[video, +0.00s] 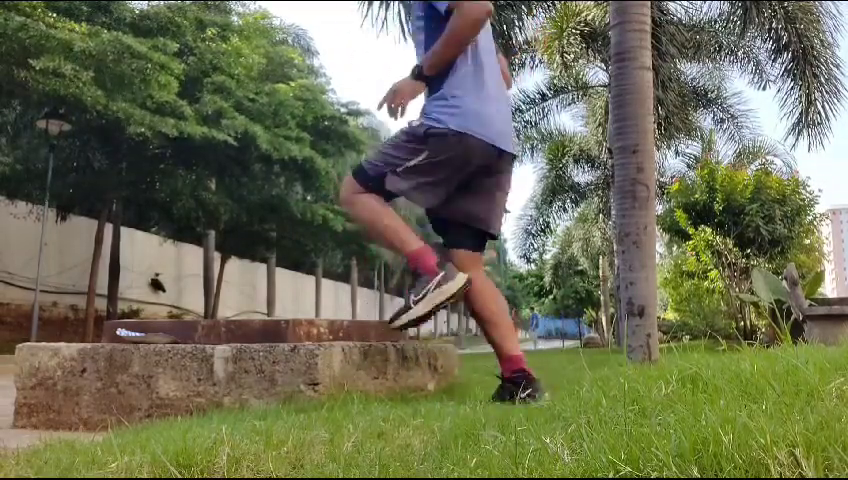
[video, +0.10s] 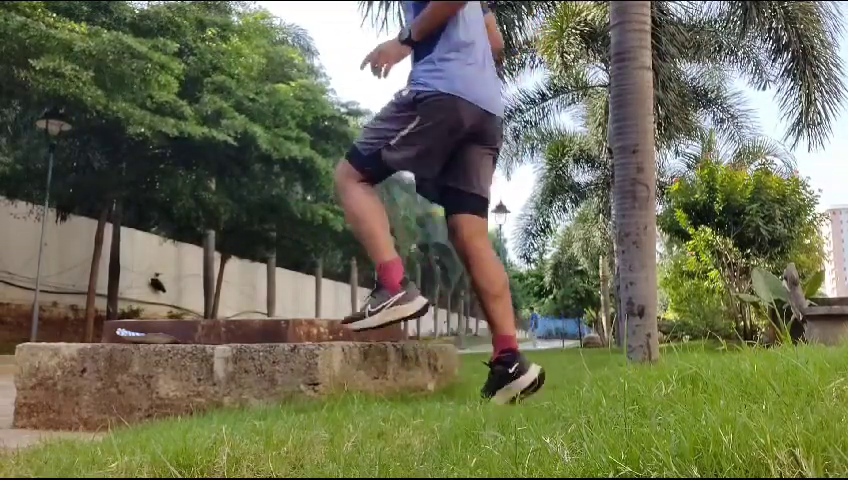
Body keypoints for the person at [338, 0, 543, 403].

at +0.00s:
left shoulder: (434, 5)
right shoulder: (470, 15)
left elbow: (478, 8)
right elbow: (501, 71)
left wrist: (419, 77)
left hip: (454, 125)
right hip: (499, 139)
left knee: (355, 193)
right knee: (467, 266)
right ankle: (518, 376)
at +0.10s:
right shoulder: (472, 2)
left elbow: (451, 2)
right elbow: (495, 41)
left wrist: (403, 41)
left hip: (440, 88)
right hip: (489, 103)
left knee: (351, 175)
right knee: (470, 232)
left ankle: (393, 285)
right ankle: (508, 359)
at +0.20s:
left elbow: (422, 2)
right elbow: (492, 23)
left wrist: (384, 34)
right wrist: (440, 49)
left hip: (428, 77)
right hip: (476, 89)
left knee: (366, 189)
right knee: (432, 214)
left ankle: (393, 308)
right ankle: (492, 321)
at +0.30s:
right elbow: (492, 8)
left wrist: (378, 17)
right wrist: (451, 41)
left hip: (427, 58)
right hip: (475, 69)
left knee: (385, 180)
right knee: (416, 189)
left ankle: (394, 309)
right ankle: (457, 300)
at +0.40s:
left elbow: (379, 7)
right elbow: (500, 3)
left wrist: (375, 6)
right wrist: (462, 32)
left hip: (433, 54)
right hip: (477, 65)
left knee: (392, 177)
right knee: (421, 188)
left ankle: (419, 304)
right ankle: (425, 308)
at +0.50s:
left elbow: (373, 7)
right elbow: (509, 6)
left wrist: (364, 12)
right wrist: (470, 46)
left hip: (440, 65)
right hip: (473, 72)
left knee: (394, 193)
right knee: (420, 195)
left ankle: (472, 295)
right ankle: (423, 313)